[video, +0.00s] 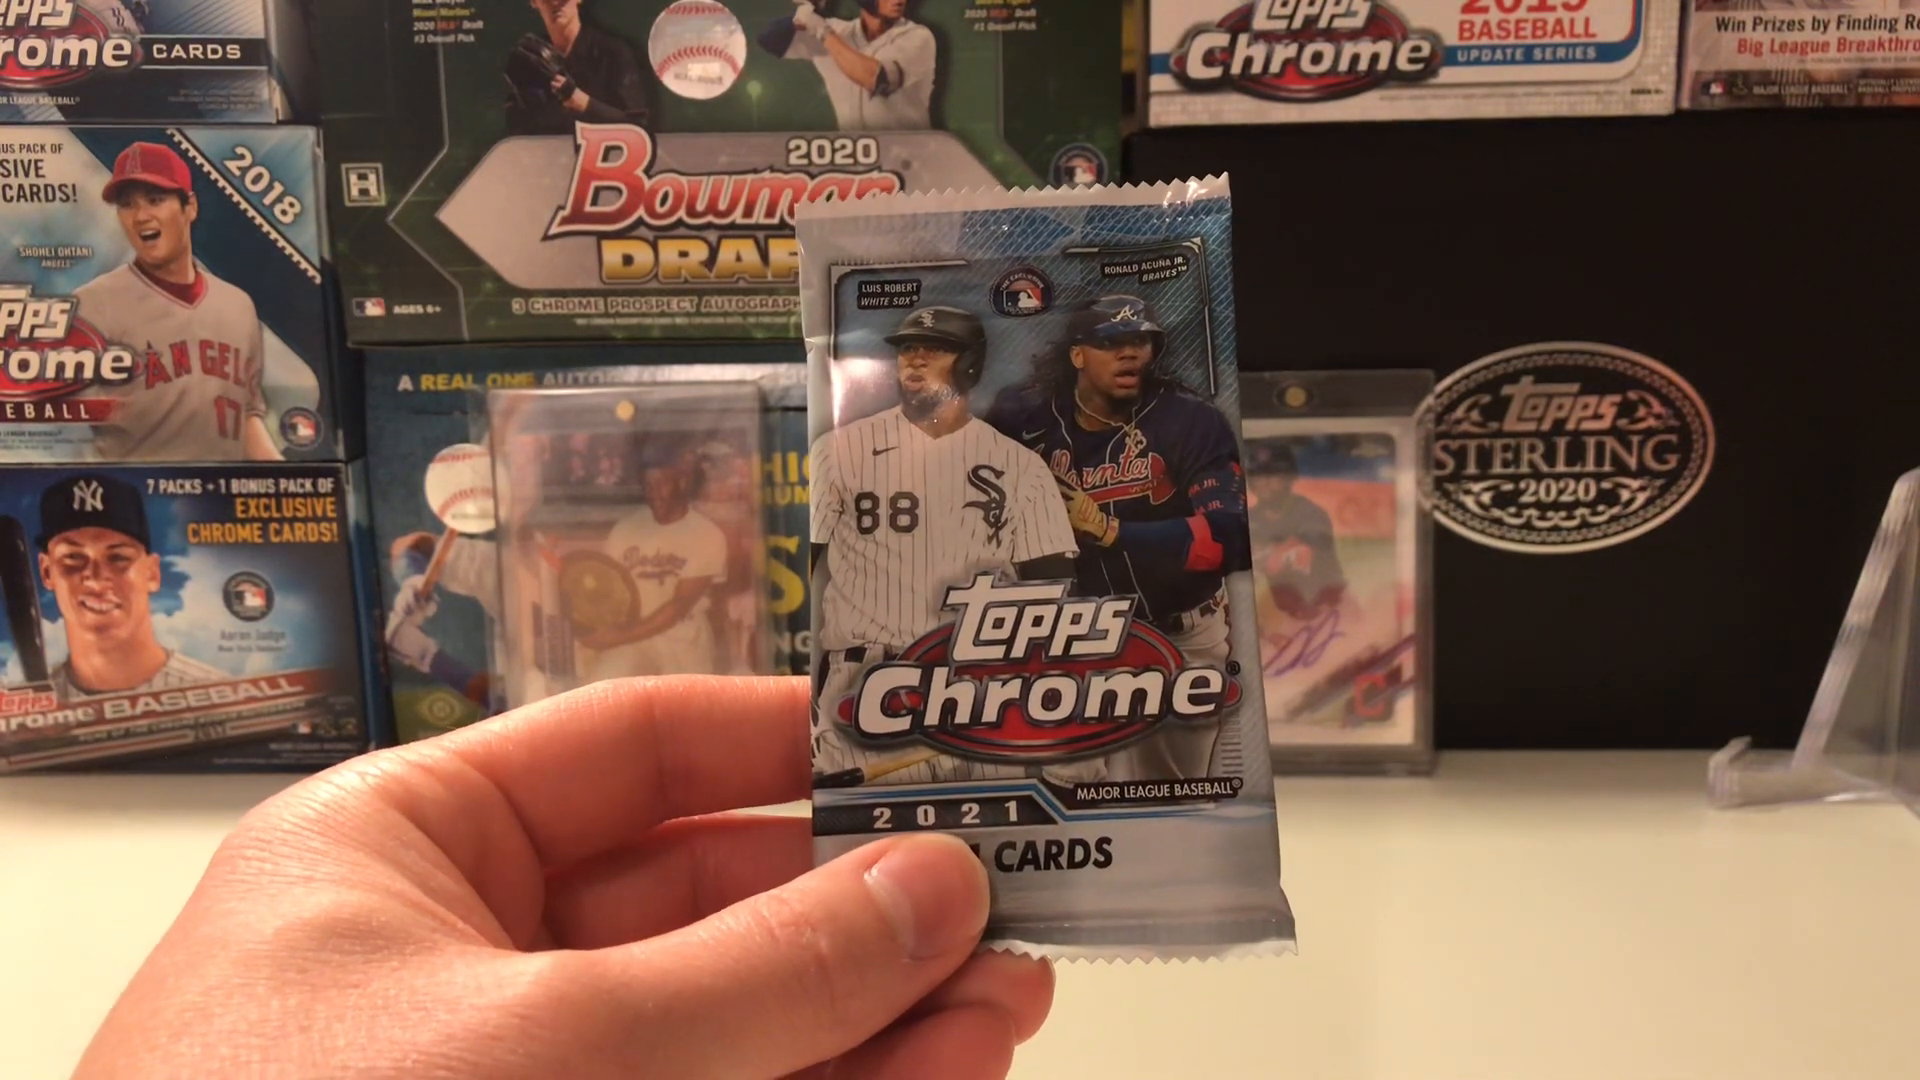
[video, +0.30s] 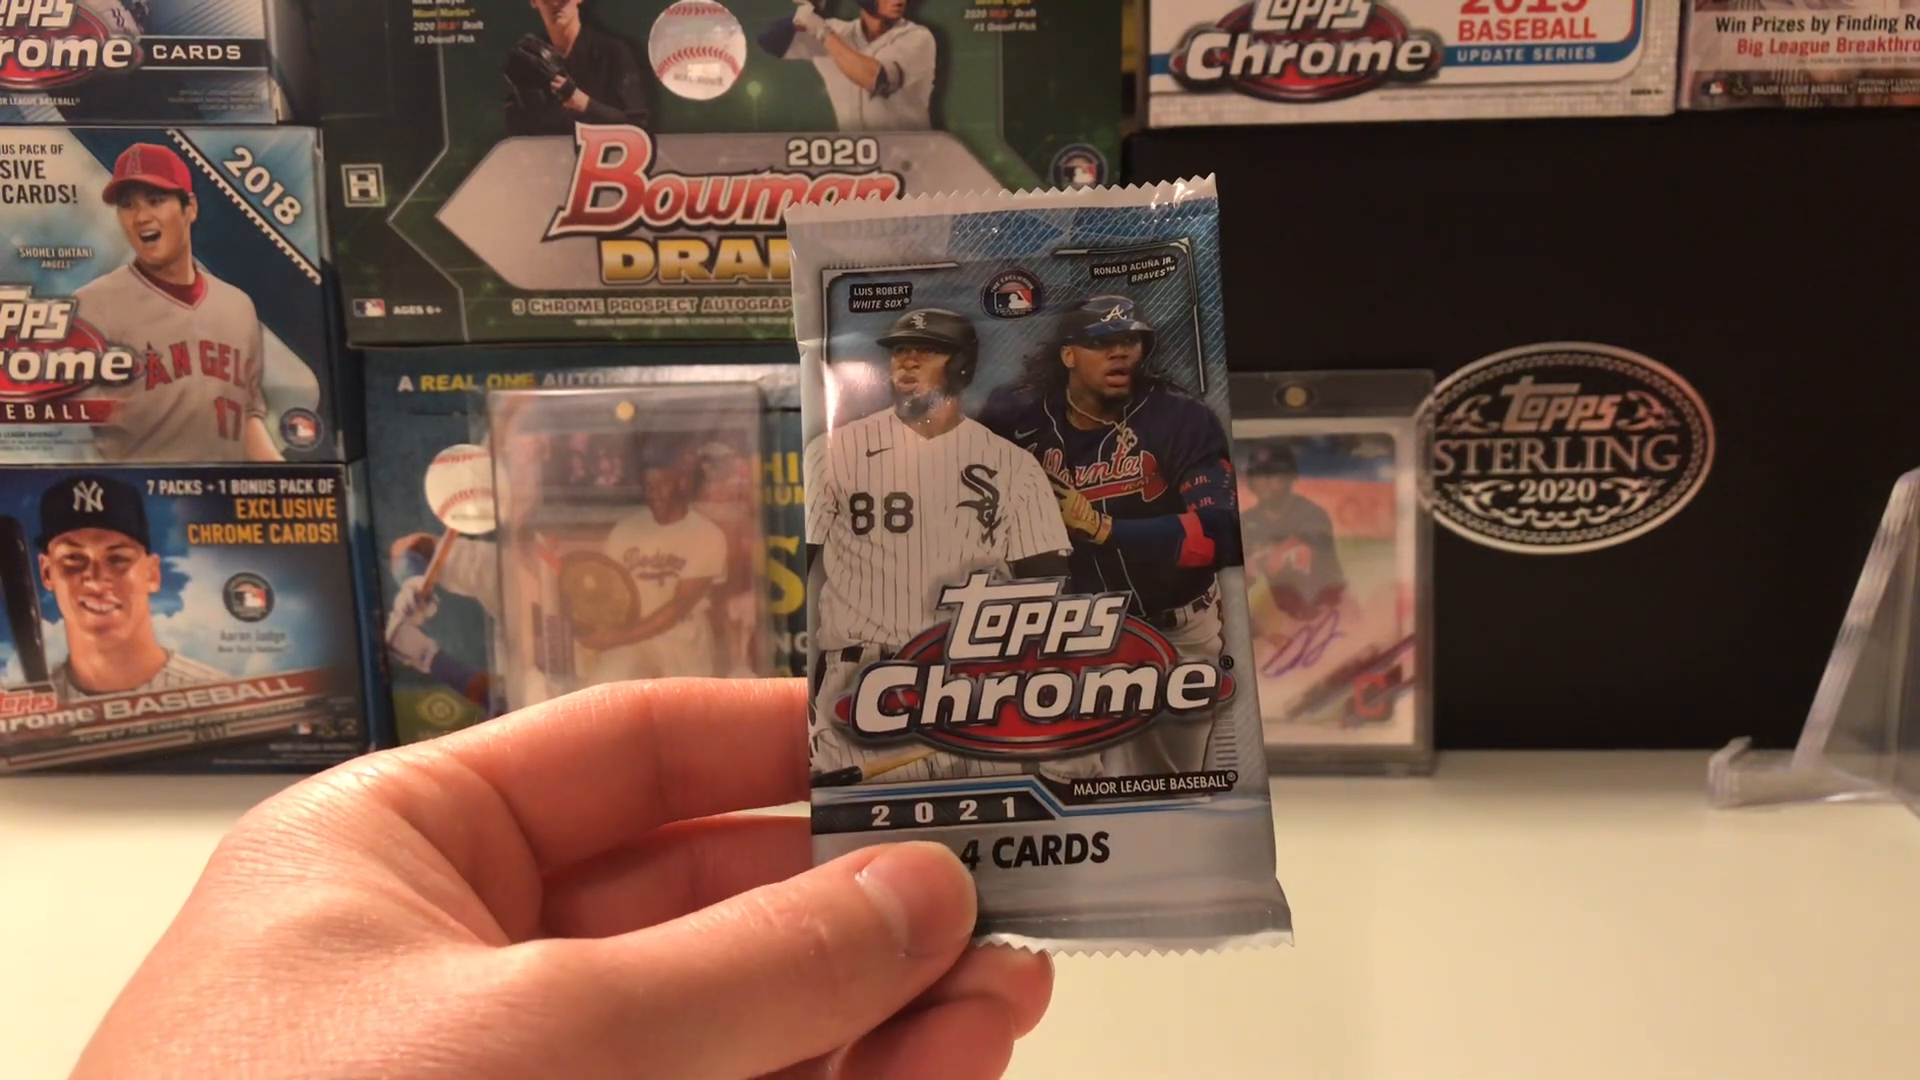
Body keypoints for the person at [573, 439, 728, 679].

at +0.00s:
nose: (652, 494)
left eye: (660, 484)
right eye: (647, 485)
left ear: (683, 483)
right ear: (642, 487)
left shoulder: (707, 536)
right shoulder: (624, 529)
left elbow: (679, 607)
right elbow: (603, 589)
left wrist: (617, 637)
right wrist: (599, 628)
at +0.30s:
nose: (652, 495)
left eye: (660, 486)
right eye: (648, 486)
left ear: (683, 484)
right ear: (642, 487)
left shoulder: (707, 537)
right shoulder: (624, 530)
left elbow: (679, 608)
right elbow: (604, 591)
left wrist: (617, 637)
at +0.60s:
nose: (653, 495)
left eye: (660, 485)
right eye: (648, 487)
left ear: (683, 484)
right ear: (643, 488)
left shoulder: (707, 537)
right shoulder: (624, 531)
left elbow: (680, 606)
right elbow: (604, 590)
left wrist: (618, 637)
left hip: (683, 641)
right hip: (626, 643)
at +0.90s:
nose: (652, 495)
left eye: (660, 485)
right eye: (647, 486)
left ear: (683, 483)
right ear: (642, 487)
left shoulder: (707, 536)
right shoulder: (624, 530)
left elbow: (680, 606)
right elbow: (605, 590)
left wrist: (618, 637)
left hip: (683, 641)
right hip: (626, 642)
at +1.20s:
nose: (653, 494)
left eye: (661, 485)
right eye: (648, 486)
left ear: (683, 484)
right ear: (643, 488)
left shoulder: (707, 536)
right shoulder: (624, 530)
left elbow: (680, 606)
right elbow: (605, 589)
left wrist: (617, 637)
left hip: (683, 640)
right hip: (627, 642)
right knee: (599, 699)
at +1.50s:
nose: (652, 495)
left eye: (660, 485)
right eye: (647, 486)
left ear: (682, 484)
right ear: (642, 488)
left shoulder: (707, 536)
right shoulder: (625, 530)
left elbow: (680, 606)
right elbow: (604, 589)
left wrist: (617, 637)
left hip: (683, 641)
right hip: (627, 643)